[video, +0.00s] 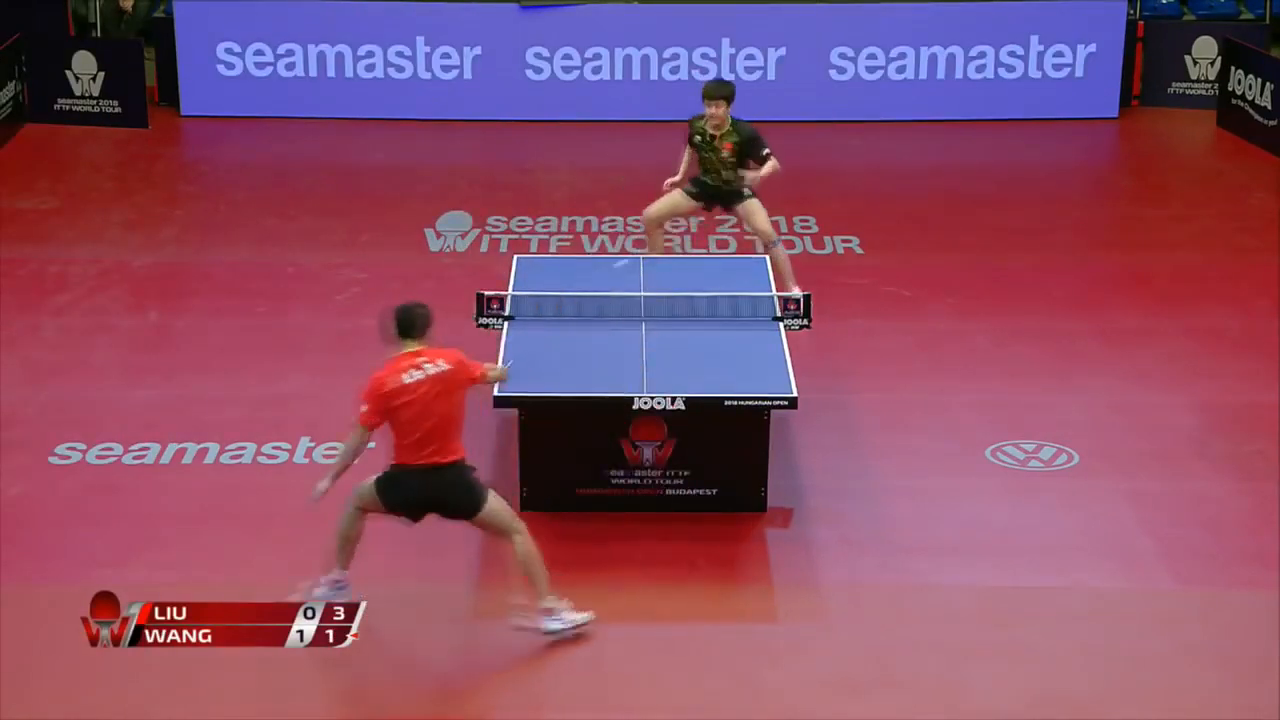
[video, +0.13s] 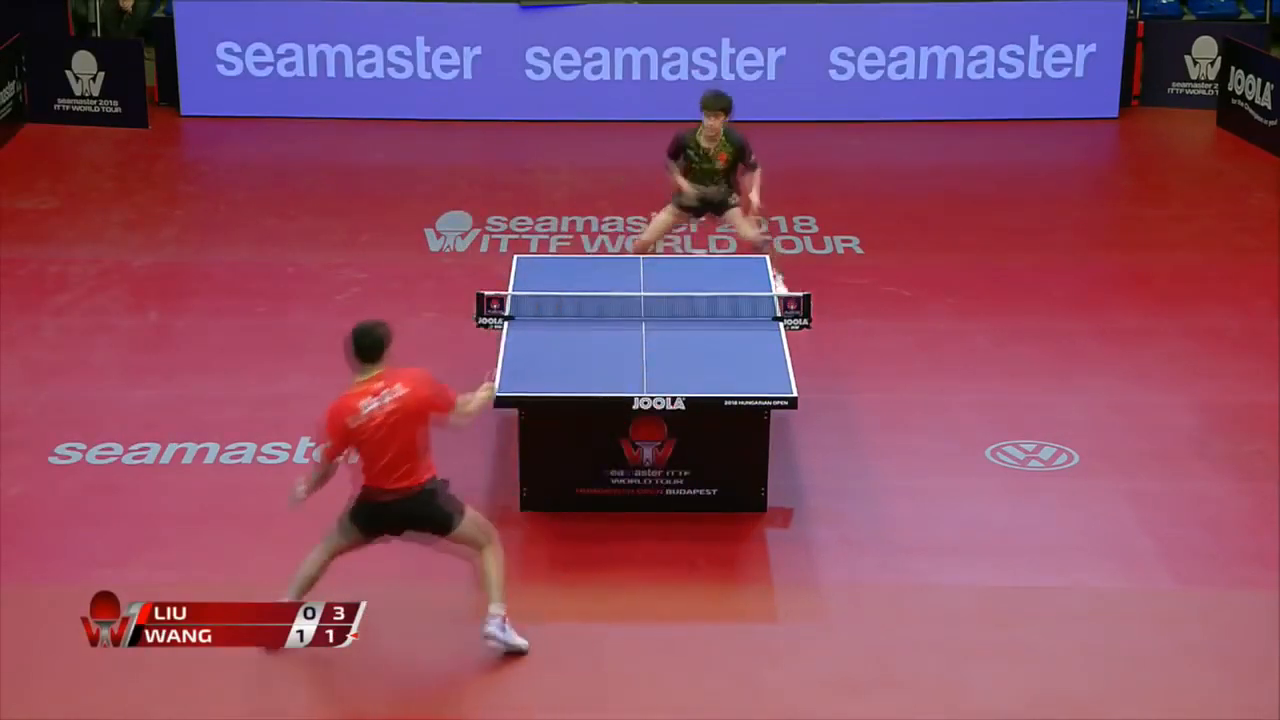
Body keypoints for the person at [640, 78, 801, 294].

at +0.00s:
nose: (713, 111)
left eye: (718, 106)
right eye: (709, 106)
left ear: (728, 107)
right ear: (704, 106)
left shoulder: (743, 132)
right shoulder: (696, 126)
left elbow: (772, 163)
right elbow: (690, 148)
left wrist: (758, 175)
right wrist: (680, 175)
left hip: (736, 191)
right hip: (703, 188)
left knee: (766, 232)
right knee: (651, 217)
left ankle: (791, 290)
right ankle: (655, 274)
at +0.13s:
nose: (711, 122)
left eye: (716, 117)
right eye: (708, 117)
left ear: (725, 118)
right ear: (702, 116)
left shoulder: (736, 142)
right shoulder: (685, 138)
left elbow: (753, 167)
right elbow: (670, 162)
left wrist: (754, 193)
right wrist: (684, 185)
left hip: (724, 197)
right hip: (692, 194)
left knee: (753, 237)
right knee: (642, 243)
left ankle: (774, 277)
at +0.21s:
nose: (729, 131)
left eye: (733, 125)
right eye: (723, 125)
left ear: (738, 127)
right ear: (712, 125)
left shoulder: (735, 148)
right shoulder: (697, 148)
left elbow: (730, 183)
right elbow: (685, 190)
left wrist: (752, 207)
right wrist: (733, 191)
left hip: (716, 203)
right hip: (684, 204)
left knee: (755, 234)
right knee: (641, 249)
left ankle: (771, 279)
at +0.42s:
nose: (732, 102)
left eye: (735, 97)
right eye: (727, 96)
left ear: (738, 98)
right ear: (713, 95)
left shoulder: (740, 119)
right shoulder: (695, 119)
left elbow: (776, 125)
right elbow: (682, 156)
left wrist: (812, 139)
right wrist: (705, 127)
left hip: (730, 191)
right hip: (697, 191)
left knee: (769, 231)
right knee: (651, 241)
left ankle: (777, 277)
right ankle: (627, 284)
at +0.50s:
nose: (724, 87)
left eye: (726, 81)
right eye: (718, 82)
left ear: (731, 83)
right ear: (706, 83)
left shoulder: (734, 104)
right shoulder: (693, 108)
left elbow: (744, 78)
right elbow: (667, 141)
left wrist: (711, 57)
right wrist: (687, 120)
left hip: (727, 180)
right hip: (695, 179)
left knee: (764, 228)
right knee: (650, 224)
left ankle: (775, 278)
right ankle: (639, 273)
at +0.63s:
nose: (698, 69)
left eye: (702, 64)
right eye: (694, 63)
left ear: (708, 65)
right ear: (684, 65)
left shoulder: (717, 85)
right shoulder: (675, 92)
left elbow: (729, 68)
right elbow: (660, 118)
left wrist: (707, 41)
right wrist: (644, 120)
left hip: (717, 163)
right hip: (684, 162)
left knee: (751, 221)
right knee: (641, 210)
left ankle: (769, 275)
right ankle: (620, 259)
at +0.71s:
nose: (682, 72)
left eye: (687, 67)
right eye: (677, 67)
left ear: (694, 68)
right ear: (669, 68)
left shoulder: (704, 87)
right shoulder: (663, 94)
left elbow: (730, 87)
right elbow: (656, 120)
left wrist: (711, 67)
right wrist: (637, 129)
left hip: (707, 161)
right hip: (676, 162)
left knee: (735, 218)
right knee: (638, 211)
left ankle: (749, 264)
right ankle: (623, 258)